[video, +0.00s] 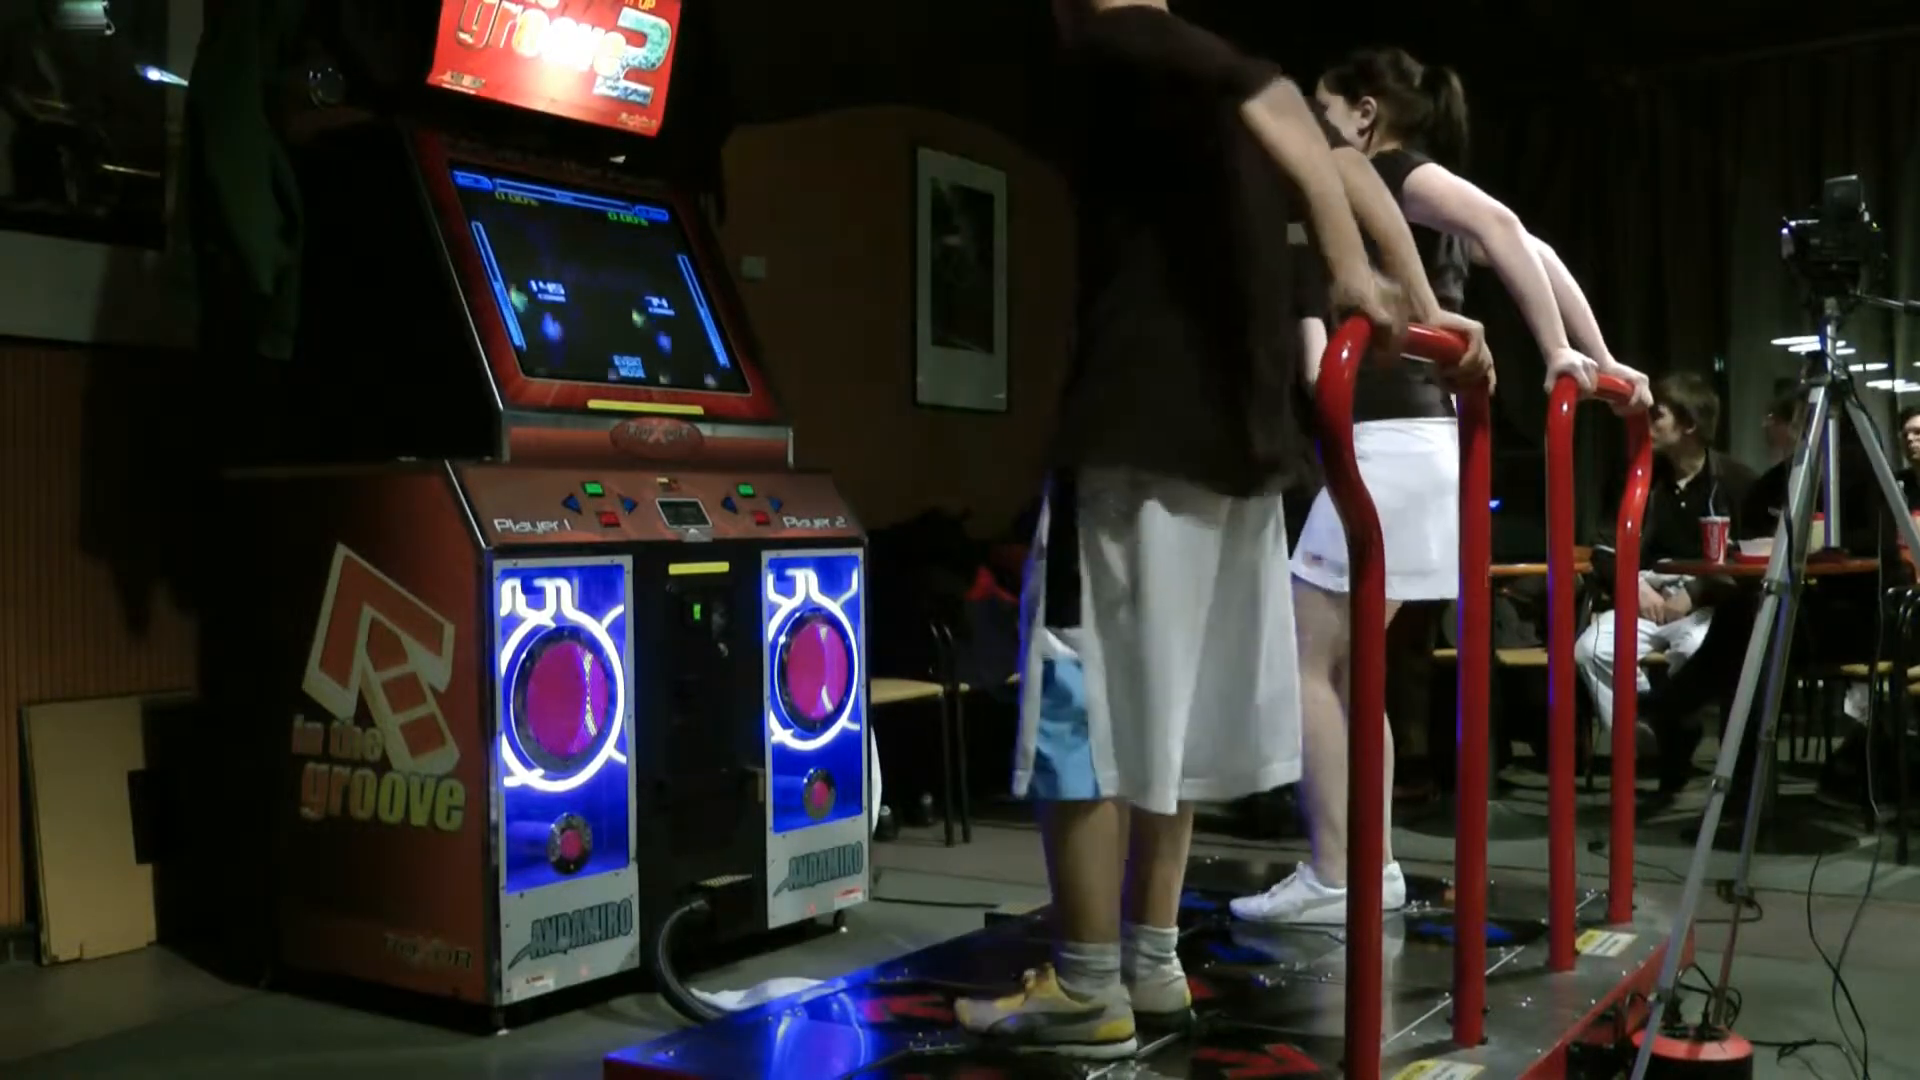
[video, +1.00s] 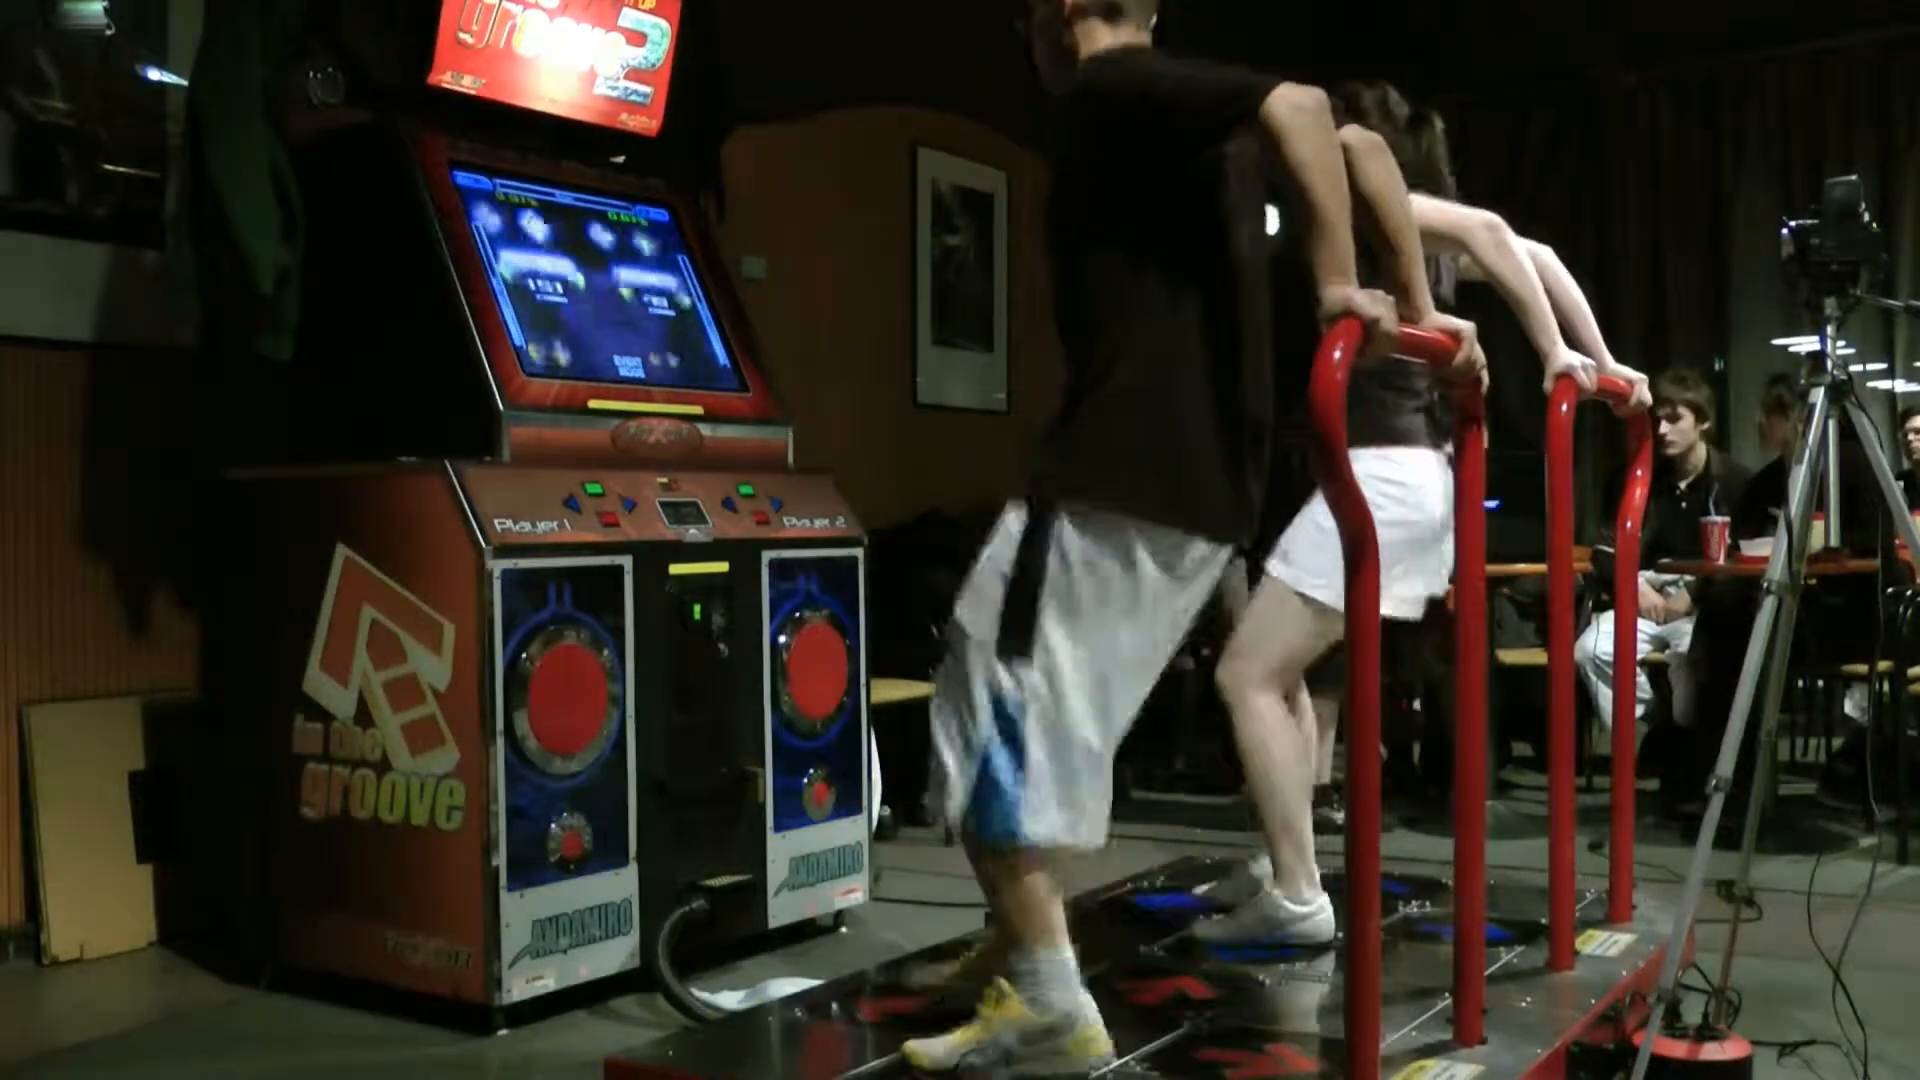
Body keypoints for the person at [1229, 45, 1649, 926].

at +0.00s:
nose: (1320, 125)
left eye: (1329, 109)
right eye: (1321, 111)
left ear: (1370, 110)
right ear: (1394, 116)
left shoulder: (1392, 175)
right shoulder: (1421, 184)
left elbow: (1504, 233)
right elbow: (1543, 257)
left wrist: (1556, 351)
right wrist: (1604, 358)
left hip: (1381, 455)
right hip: (1420, 456)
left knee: (1303, 664)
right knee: (1347, 673)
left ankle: (1333, 874)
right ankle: (1373, 871)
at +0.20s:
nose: (1332, 118)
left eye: (1340, 103)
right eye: (1332, 105)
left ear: (1372, 104)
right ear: (1399, 109)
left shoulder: (1400, 169)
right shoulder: (1435, 182)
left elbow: (1504, 227)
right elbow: (1548, 256)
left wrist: (1558, 352)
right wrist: (1604, 359)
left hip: (1395, 441)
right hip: (1444, 446)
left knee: (1279, 635)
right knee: (1365, 665)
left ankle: (1304, 856)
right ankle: (1379, 866)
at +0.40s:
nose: (1321, 157)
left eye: (1329, 141)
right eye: (1330, 140)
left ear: (1348, 142)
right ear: (1399, 142)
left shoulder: (1376, 203)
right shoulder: (1422, 210)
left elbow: (1492, 239)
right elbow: (1543, 255)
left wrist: (1555, 352)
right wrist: (1607, 362)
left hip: (1405, 477)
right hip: (1457, 478)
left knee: (1285, 669)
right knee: (1354, 681)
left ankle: (1308, 890)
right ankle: (1423, 867)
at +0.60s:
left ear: (1344, 139)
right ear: (1399, 139)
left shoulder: (1374, 199)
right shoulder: (1413, 205)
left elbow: (1496, 232)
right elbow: (1549, 250)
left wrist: (1553, 351)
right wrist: (1606, 361)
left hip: (1386, 463)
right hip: (1447, 465)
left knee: (1268, 662)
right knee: (1340, 667)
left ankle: (1313, 875)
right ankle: (1397, 836)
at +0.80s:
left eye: (1329, 123)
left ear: (1346, 128)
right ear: (1405, 138)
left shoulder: (1350, 186)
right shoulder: (1398, 200)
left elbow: (1492, 226)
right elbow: (1545, 251)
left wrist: (1555, 352)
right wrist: (1603, 362)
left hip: (1381, 473)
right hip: (1427, 473)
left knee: (1247, 655)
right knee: (1285, 652)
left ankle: (1303, 878)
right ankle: (1359, 831)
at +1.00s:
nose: (1318, 153)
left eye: (1327, 137)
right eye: (1326, 141)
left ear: (1351, 139)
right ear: (1404, 147)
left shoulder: (1352, 201)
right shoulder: (1408, 213)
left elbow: (1484, 231)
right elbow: (1541, 254)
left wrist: (1555, 355)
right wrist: (1602, 362)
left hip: (1379, 474)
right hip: (1418, 474)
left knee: (1248, 673)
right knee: (1293, 671)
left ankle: (1298, 895)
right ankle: (1283, 861)